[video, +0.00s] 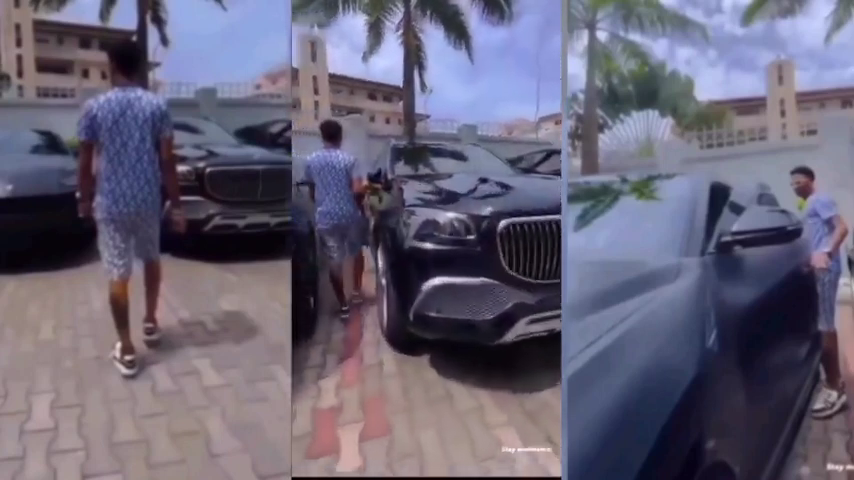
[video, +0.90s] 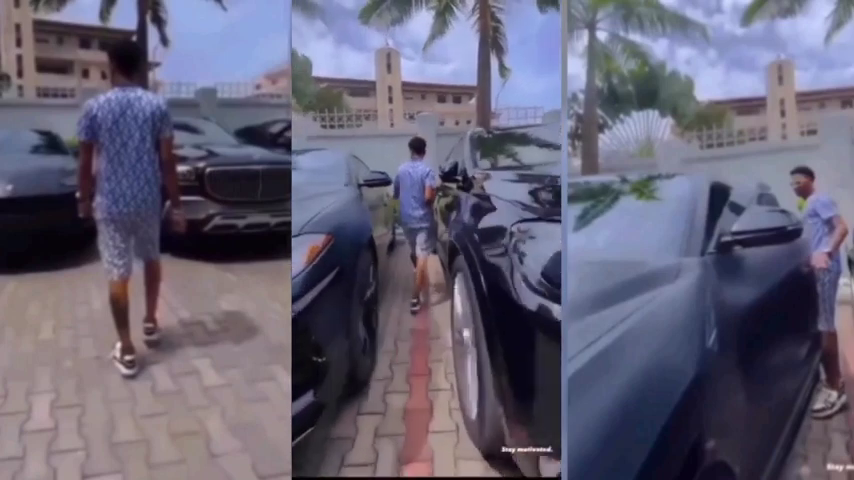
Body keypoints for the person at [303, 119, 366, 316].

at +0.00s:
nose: (334, 139)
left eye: (329, 136)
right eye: (337, 136)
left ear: (322, 137)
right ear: (340, 137)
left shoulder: (312, 161)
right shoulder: (349, 159)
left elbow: (311, 192)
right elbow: (357, 189)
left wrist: (318, 205)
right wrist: (360, 207)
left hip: (325, 214)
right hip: (349, 213)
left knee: (334, 260)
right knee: (357, 252)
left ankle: (342, 305)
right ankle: (357, 290)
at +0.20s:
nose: (354, 145)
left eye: (349, 142)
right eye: (357, 142)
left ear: (344, 143)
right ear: (362, 143)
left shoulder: (333, 165)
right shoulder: (368, 165)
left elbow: (333, 193)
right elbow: (373, 193)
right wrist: (382, 187)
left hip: (344, 217)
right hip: (366, 216)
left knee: (351, 260)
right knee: (369, 256)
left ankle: (357, 307)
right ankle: (367, 283)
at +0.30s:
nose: (367, 148)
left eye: (362, 144)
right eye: (370, 145)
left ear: (356, 145)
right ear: (373, 146)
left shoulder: (346, 167)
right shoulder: (377, 168)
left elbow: (345, 190)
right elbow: (381, 196)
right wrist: (390, 187)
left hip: (354, 215)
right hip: (374, 215)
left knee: (359, 258)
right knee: (376, 253)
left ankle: (364, 304)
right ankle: (373, 284)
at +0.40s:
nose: (380, 148)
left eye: (375, 144)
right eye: (382, 145)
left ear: (368, 146)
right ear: (384, 146)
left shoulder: (358, 166)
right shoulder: (386, 168)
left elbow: (358, 187)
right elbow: (388, 196)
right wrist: (399, 189)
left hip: (363, 214)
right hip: (382, 215)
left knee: (368, 254)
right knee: (385, 253)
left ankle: (370, 292)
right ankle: (381, 285)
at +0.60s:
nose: (403, 146)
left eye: (399, 143)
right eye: (403, 144)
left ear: (388, 145)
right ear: (403, 145)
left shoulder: (379, 164)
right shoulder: (403, 166)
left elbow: (376, 183)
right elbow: (403, 195)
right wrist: (414, 190)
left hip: (384, 212)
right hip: (400, 213)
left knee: (389, 248)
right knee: (402, 250)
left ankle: (393, 284)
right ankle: (390, 285)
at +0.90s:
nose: (419, 153)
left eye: (414, 150)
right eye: (422, 150)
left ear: (410, 151)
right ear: (424, 151)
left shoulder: (401, 170)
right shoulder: (427, 170)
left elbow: (395, 194)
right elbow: (428, 196)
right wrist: (435, 189)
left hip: (406, 218)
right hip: (423, 218)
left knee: (414, 252)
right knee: (422, 257)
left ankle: (422, 278)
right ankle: (415, 298)